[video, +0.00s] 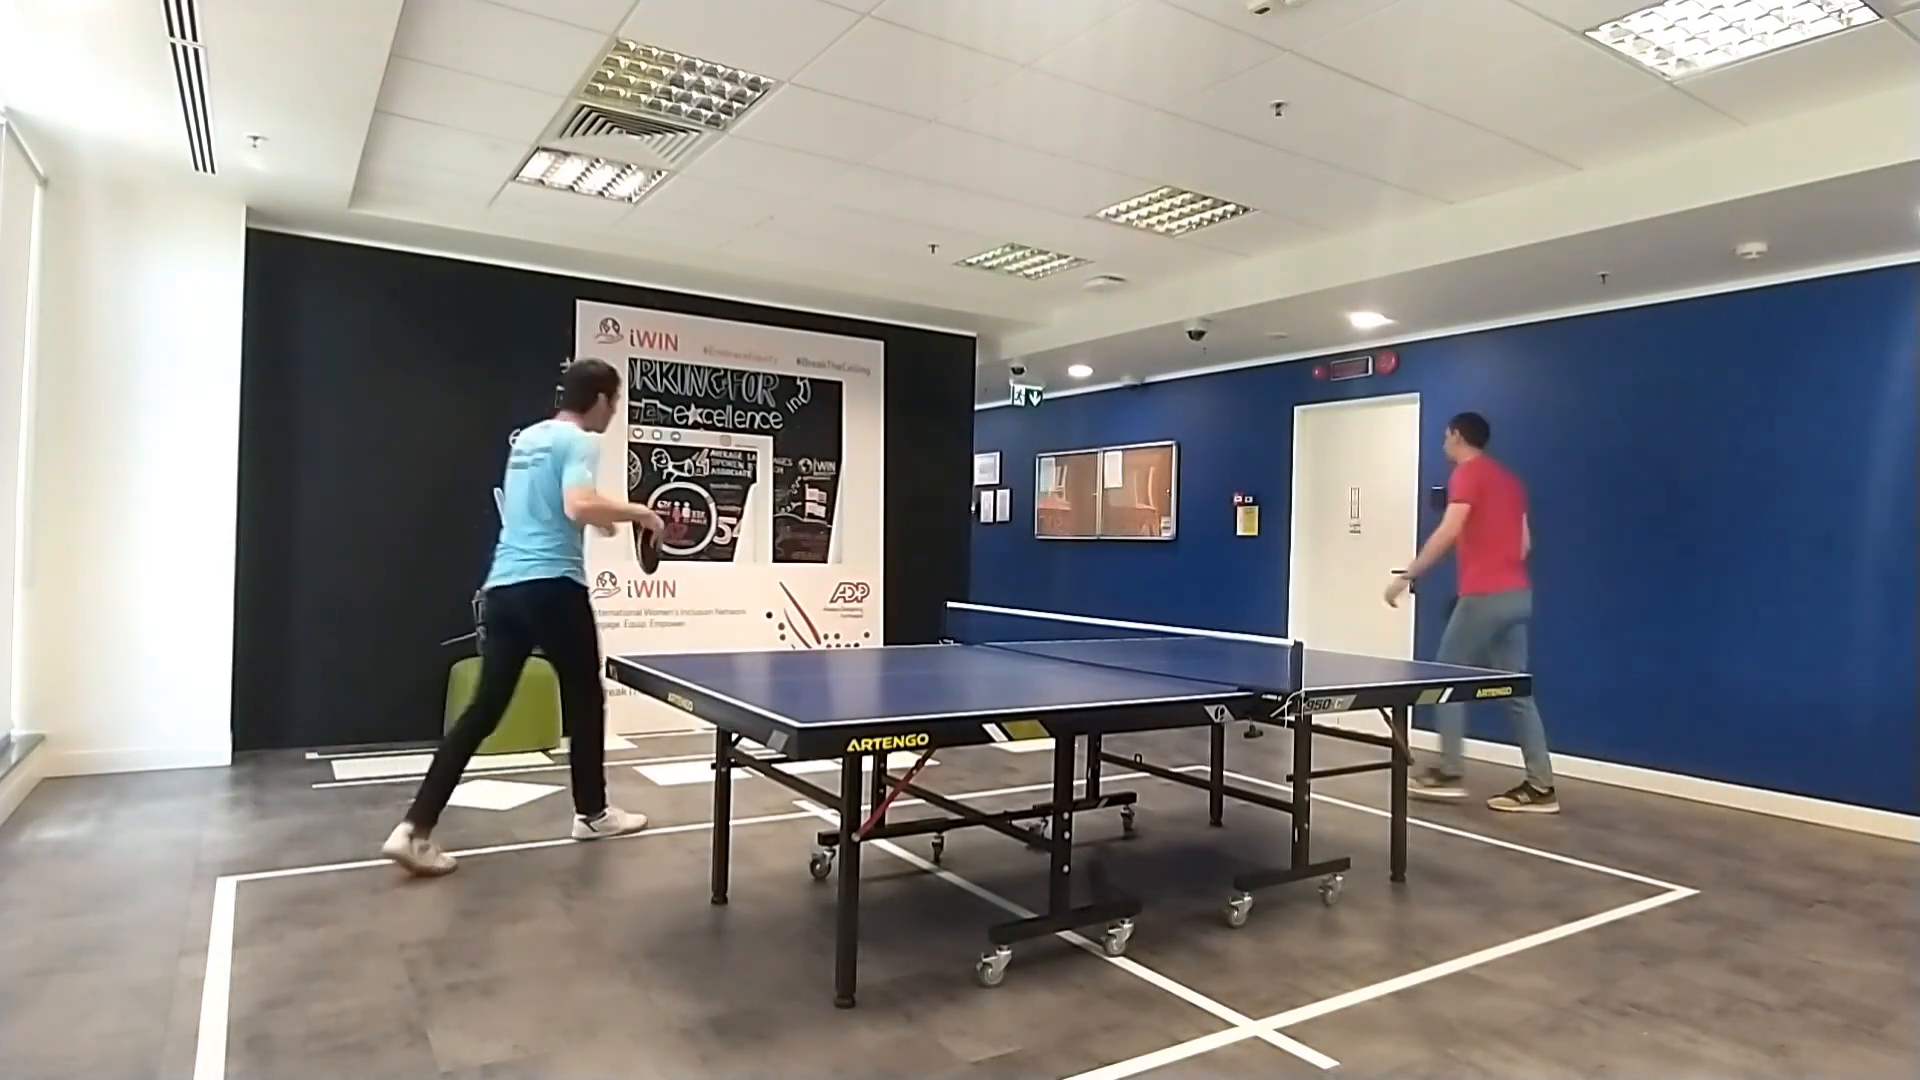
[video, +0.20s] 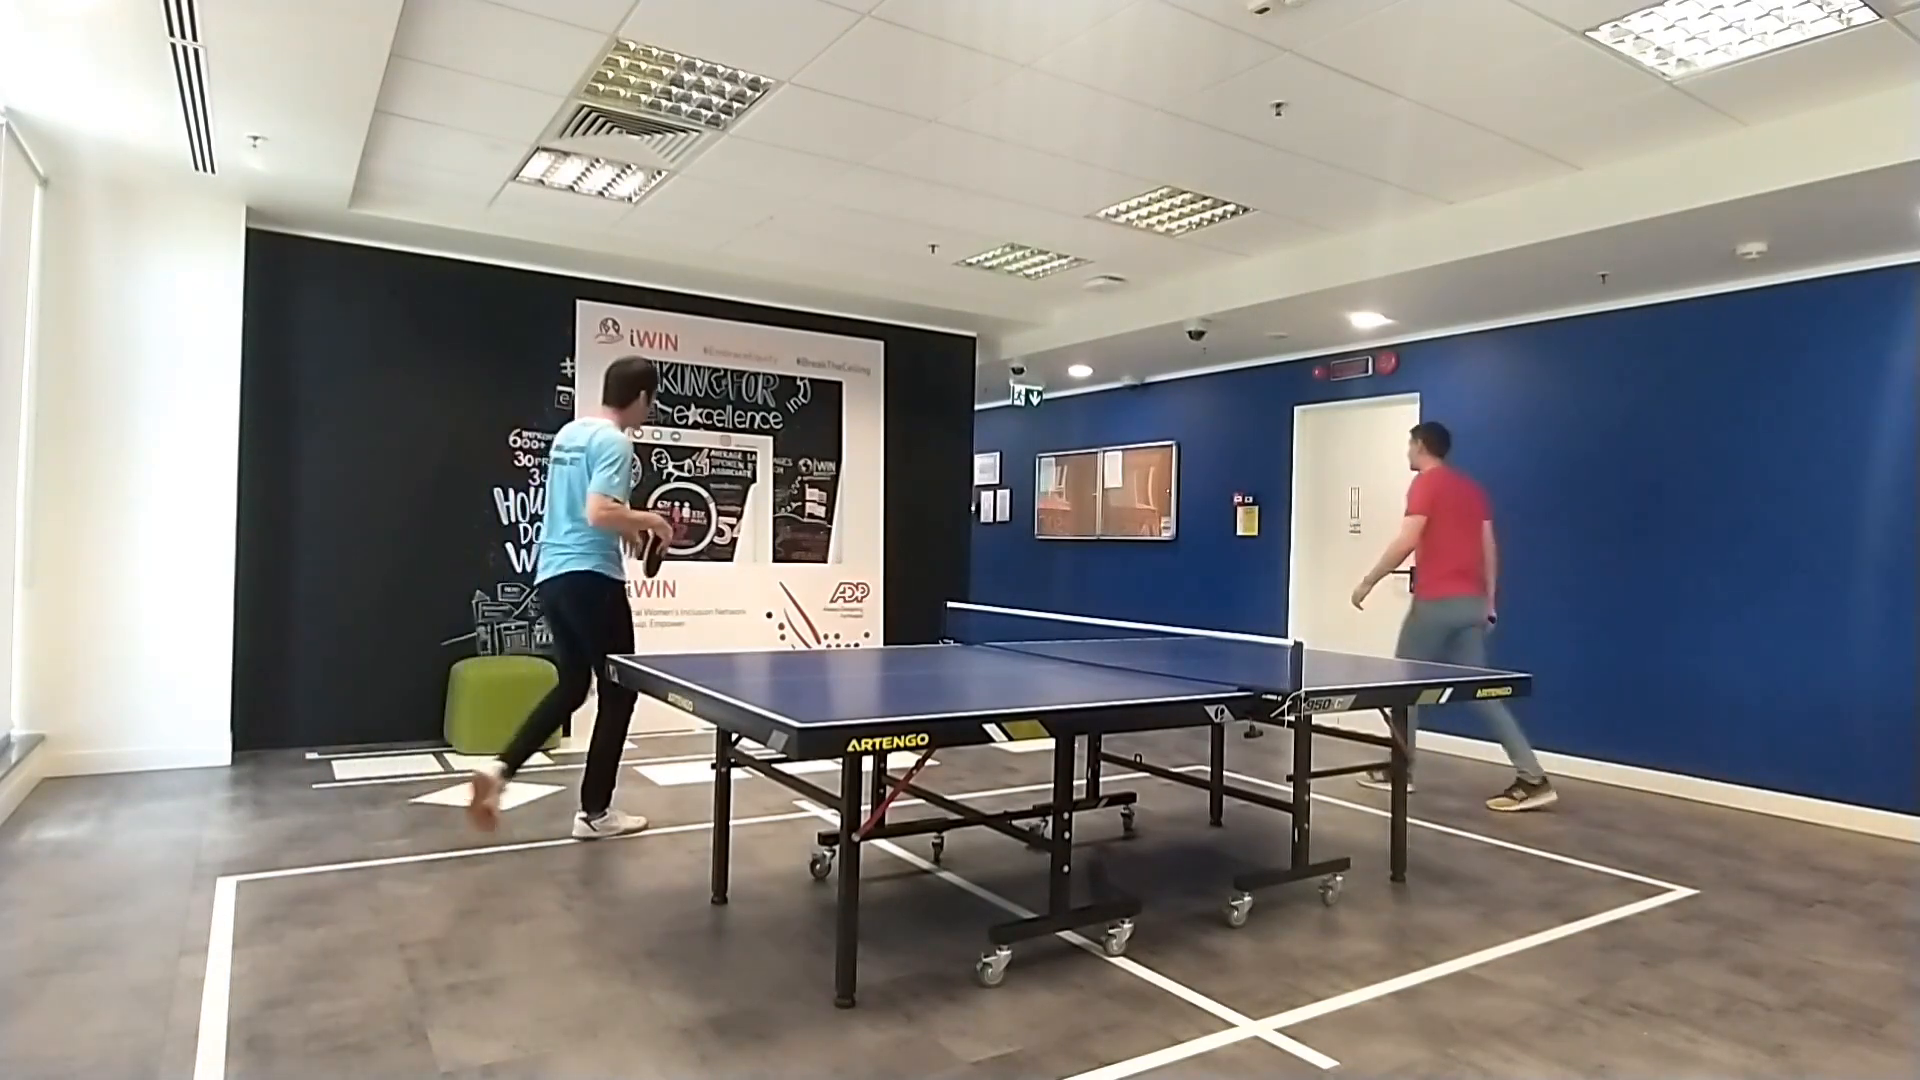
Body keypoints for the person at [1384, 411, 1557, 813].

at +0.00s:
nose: (1446, 445)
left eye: (1447, 438)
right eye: (1447, 438)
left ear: (1458, 437)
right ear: (1481, 440)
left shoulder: (1467, 472)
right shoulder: (1509, 479)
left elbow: (1449, 530)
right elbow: (1523, 544)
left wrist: (1406, 576)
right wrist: (1490, 571)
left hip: (1483, 597)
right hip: (1516, 595)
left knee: (1444, 681)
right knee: (1517, 689)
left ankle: (1448, 773)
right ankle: (1540, 785)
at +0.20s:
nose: (1408, 452)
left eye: (1411, 445)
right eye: (1410, 445)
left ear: (1422, 447)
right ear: (1442, 450)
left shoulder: (1425, 483)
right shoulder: (1472, 488)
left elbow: (1408, 540)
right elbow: (1488, 549)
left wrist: (1368, 581)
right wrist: (1489, 601)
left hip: (1436, 603)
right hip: (1472, 602)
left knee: (1403, 687)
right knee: (1480, 689)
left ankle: (1398, 768)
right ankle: (1533, 778)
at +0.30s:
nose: (1387, 452)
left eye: (1390, 445)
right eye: (1389, 445)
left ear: (1402, 447)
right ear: (1421, 448)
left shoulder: (1402, 483)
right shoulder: (1452, 486)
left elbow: (1387, 544)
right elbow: (1470, 548)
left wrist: (1359, 583)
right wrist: (1481, 597)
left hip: (1410, 602)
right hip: (1446, 603)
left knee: (1388, 688)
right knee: (1434, 688)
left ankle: (1394, 768)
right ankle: (1498, 756)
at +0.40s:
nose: (1368, 449)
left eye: (1371, 443)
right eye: (1369, 443)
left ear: (1382, 444)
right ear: (1400, 444)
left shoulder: (1378, 478)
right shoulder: (1432, 481)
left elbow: (1368, 540)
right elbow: (1454, 539)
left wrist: (1350, 576)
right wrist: (1470, 589)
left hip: (1393, 595)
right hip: (1426, 594)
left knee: (1381, 678)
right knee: (1400, 673)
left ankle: (1395, 766)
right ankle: (1443, 740)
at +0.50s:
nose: (1350, 452)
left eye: (1352, 446)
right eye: (1351, 446)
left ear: (1362, 445)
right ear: (1381, 446)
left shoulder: (1358, 477)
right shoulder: (1413, 483)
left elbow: (1345, 535)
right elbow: (1439, 537)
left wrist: (1333, 572)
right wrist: (1452, 585)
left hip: (1375, 590)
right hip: (1406, 590)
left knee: (1376, 678)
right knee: (1354, 662)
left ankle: (1392, 764)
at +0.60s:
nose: (1331, 461)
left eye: (1332, 455)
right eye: (1332, 455)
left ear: (1341, 453)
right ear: (1362, 455)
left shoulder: (1337, 483)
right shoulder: (1391, 489)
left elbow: (1320, 541)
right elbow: (1417, 541)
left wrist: (1311, 572)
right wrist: (1429, 591)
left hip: (1356, 595)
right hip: (1386, 594)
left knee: (1374, 681)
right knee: (1341, 665)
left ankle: (1398, 764)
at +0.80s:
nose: (1295, 468)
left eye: (1296, 462)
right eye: (1296, 462)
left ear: (1304, 461)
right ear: (1325, 462)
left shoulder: (1299, 487)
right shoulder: (1348, 495)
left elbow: (1281, 543)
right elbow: (1367, 551)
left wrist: (1264, 584)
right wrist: (1376, 600)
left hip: (1314, 597)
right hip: (1340, 596)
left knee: (1332, 680)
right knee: (1299, 664)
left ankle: (1382, 745)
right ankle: (1287, 735)